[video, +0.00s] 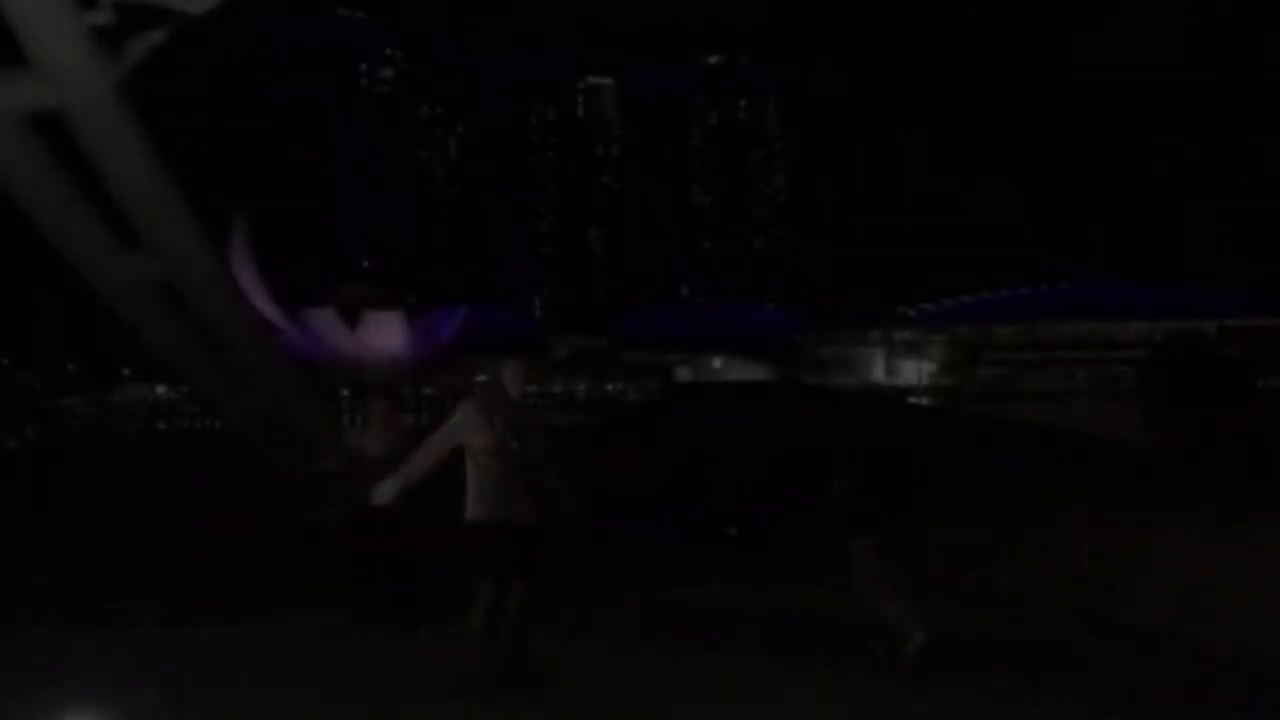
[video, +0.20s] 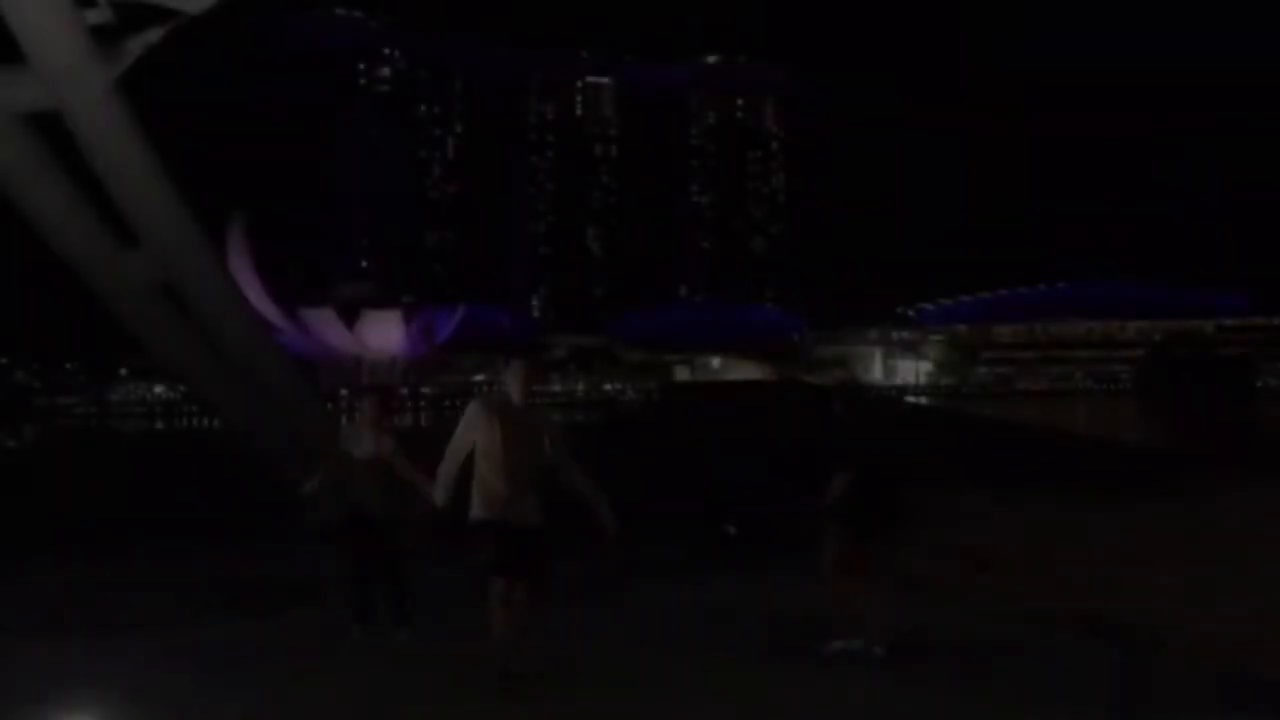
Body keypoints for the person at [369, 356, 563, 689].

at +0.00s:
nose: (523, 380)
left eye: (526, 372)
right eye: (517, 371)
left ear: (530, 376)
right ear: (501, 372)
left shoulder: (524, 414)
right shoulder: (477, 411)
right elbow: (433, 451)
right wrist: (395, 484)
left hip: (519, 521)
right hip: (483, 523)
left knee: (517, 594)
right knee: (485, 595)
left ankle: (513, 662)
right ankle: (478, 664)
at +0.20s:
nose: (524, 384)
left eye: (529, 377)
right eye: (518, 376)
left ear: (535, 380)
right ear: (505, 376)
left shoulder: (537, 416)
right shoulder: (483, 410)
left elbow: (561, 466)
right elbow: (455, 453)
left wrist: (595, 504)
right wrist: (441, 493)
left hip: (528, 513)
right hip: (490, 512)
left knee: (526, 583)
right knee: (498, 582)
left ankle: (520, 650)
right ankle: (499, 653)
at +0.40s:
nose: (526, 383)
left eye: (532, 375)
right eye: (520, 375)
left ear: (539, 379)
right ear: (509, 376)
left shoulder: (546, 419)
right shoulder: (488, 411)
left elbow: (560, 472)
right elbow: (474, 458)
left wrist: (568, 519)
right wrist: (474, 504)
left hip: (538, 517)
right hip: (499, 515)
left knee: (534, 594)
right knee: (511, 591)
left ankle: (529, 662)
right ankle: (513, 665)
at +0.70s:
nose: (531, 376)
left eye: (536, 369)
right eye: (525, 369)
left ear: (544, 373)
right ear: (515, 374)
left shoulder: (559, 414)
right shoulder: (501, 413)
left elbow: (561, 462)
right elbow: (488, 462)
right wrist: (484, 504)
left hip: (549, 512)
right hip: (512, 512)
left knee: (536, 588)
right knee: (524, 586)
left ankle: (523, 657)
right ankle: (527, 658)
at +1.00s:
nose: (545, 376)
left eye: (550, 369)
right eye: (538, 370)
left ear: (559, 375)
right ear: (526, 377)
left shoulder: (580, 416)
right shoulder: (513, 421)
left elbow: (599, 465)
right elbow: (496, 474)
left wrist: (570, 496)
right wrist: (499, 524)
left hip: (574, 526)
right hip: (532, 526)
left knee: (573, 599)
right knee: (537, 601)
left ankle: (562, 670)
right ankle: (538, 674)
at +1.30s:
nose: (588, 377)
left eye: (593, 369)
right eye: (581, 369)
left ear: (602, 374)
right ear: (566, 375)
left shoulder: (609, 416)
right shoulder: (550, 418)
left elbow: (612, 469)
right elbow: (523, 471)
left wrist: (621, 515)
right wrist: (541, 529)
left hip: (607, 529)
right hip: (565, 533)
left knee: (608, 606)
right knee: (563, 607)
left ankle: (597, 679)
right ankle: (543, 676)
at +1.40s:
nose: (604, 387)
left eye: (608, 379)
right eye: (596, 379)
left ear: (616, 383)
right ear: (581, 384)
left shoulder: (619, 429)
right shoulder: (568, 424)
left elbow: (632, 474)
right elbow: (525, 474)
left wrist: (650, 512)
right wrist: (551, 520)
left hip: (614, 531)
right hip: (574, 532)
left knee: (612, 604)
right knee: (587, 598)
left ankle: (597, 677)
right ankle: (558, 658)